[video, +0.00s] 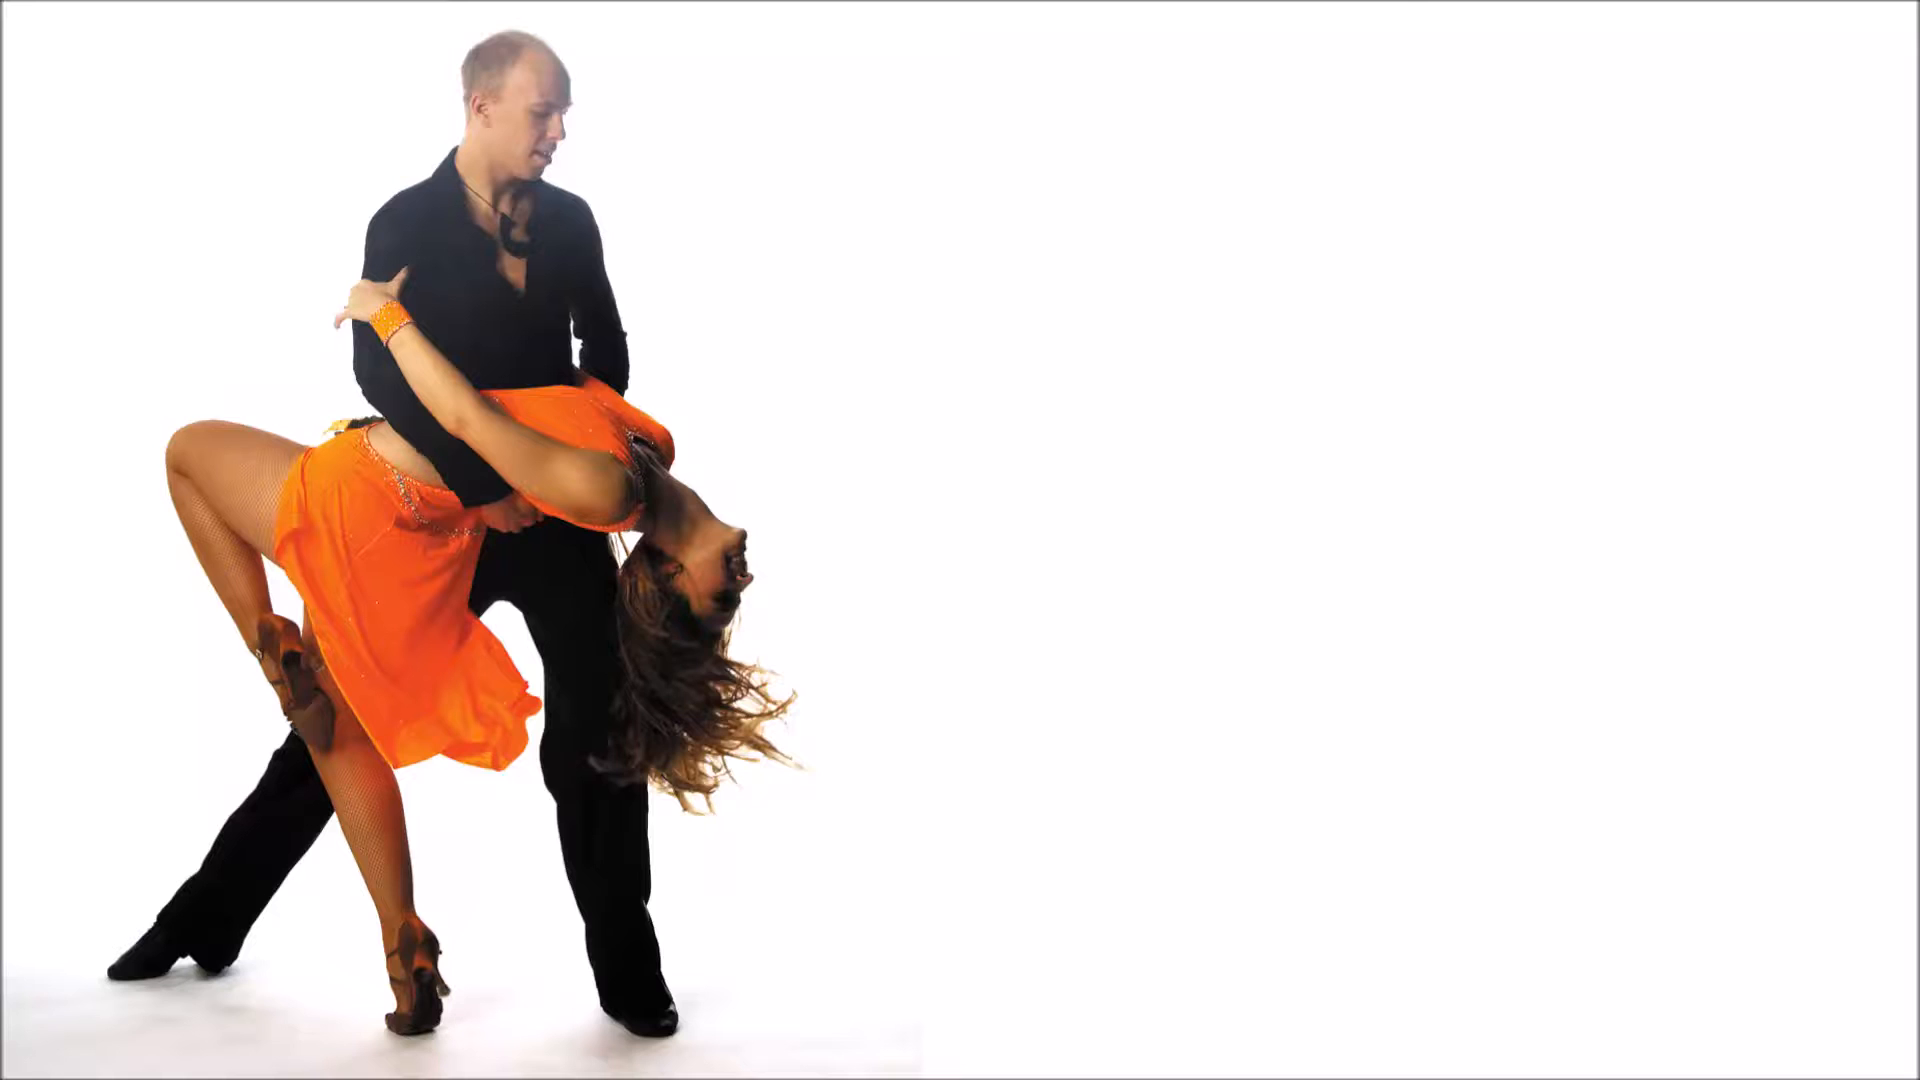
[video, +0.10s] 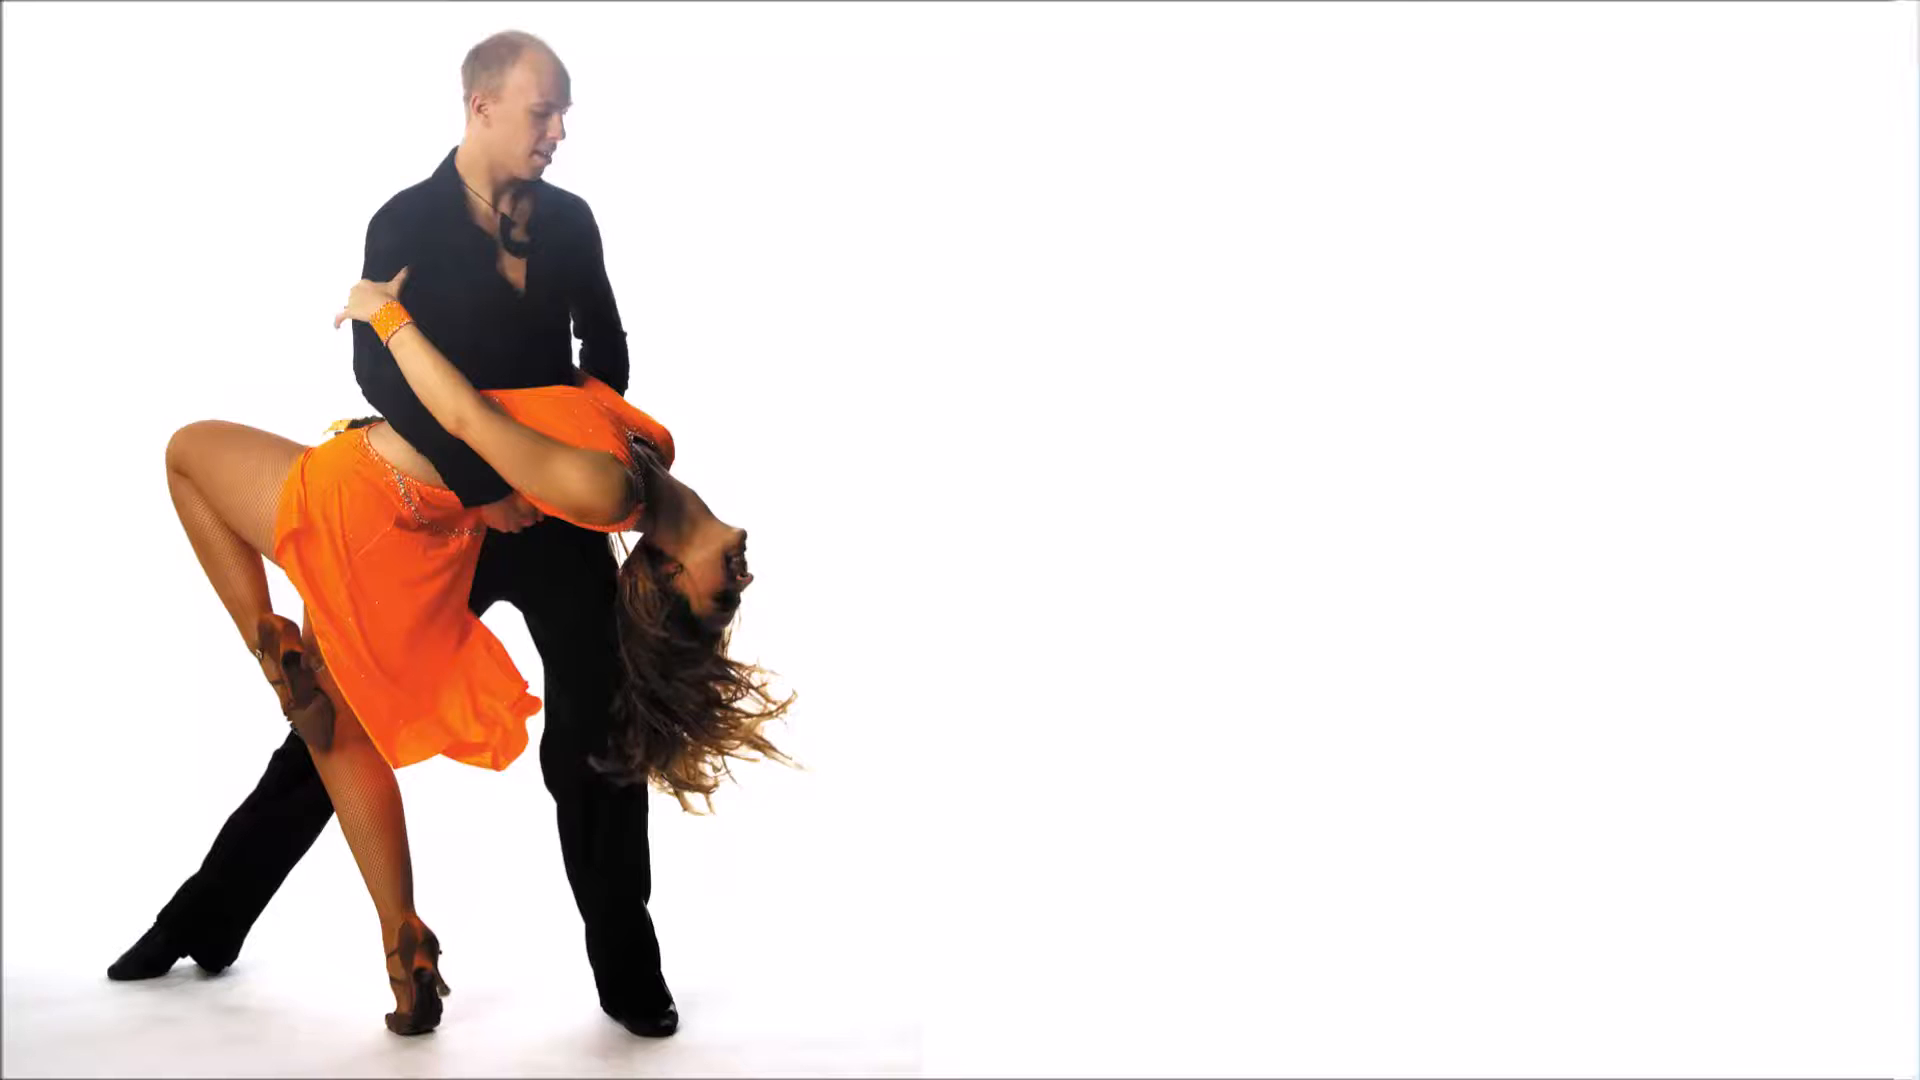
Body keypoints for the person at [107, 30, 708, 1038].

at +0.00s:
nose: (556, 135)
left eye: (563, 118)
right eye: (543, 114)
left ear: (553, 123)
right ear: (478, 107)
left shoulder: (567, 220)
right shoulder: (406, 224)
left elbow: (607, 358)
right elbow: (377, 371)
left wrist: (611, 479)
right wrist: (477, 485)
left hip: (553, 526)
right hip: (442, 523)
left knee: (598, 734)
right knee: (337, 723)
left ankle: (631, 975)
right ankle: (205, 925)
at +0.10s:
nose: (556, 135)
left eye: (563, 118)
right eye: (543, 115)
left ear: (553, 123)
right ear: (479, 108)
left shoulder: (567, 221)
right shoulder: (406, 225)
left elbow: (606, 352)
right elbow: (377, 371)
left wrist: (608, 472)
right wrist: (479, 484)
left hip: (552, 525)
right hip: (441, 523)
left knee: (597, 733)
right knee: (338, 723)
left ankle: (631, 975)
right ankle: (205, 925)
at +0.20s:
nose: (556, 135)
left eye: (563, 118)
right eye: (543, 115)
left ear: (553, 123)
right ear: (479, 108)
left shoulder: (567, 221)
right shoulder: (406, 225)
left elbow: (606, 352)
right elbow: (377, 371)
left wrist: (608, 471)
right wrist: (479, 484)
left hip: (552, 525)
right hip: (441, 523)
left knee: (597, 733)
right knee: (338, 723)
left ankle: (631, 975)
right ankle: (205, 925)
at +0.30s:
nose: (556, 135)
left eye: (563, 118)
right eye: (543, 115)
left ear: (553, 123)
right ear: (479, 108)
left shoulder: (567, 221)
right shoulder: (406, 225)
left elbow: (605, 346)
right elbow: (376, 370)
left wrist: (604, 463)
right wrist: (480, 483)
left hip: (552, 524)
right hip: (440, 522)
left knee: (597, 731)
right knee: (338, 723)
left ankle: (631, 974)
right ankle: (205, 924)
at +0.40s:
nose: (556, 135)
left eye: (563, 118)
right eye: (543, 114)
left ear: (553, 123)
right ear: (478, 108)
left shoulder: (566, 220)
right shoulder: (406, 224)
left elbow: (607, 357)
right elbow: (377, 371)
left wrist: (611, 479)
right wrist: (477, 485)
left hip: (553, 526)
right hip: (442, 523)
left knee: (598, 734)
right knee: (337, 723)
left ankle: (631, 975)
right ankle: (205, 925)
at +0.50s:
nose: (556, 135)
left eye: (563, 118)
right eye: (542, 114)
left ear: (554, 123)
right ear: (478, 107)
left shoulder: (566, 220)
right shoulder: (405, 225)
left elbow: (608, 359)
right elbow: (378, 372)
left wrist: (612, 482)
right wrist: (478, 486)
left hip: (553, 526)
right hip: (442, 523)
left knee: (598, 733)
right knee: (338, 722)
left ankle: (631, 973)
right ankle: (205, 925)